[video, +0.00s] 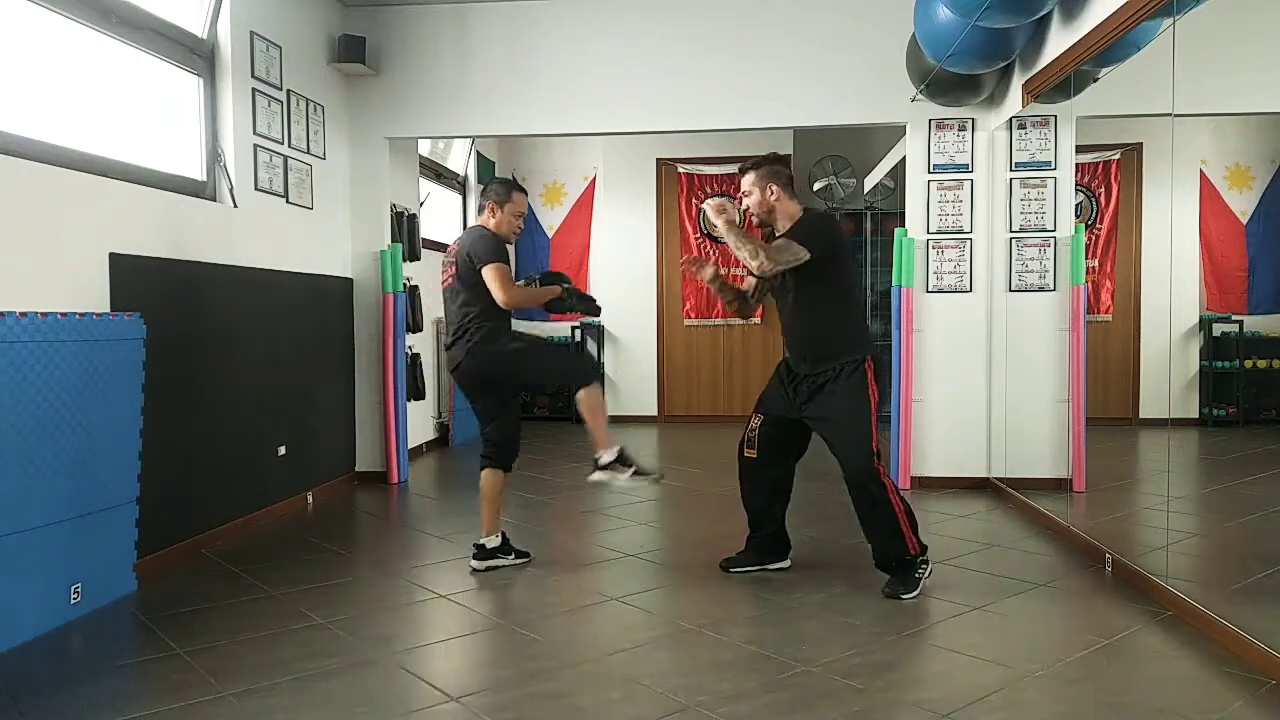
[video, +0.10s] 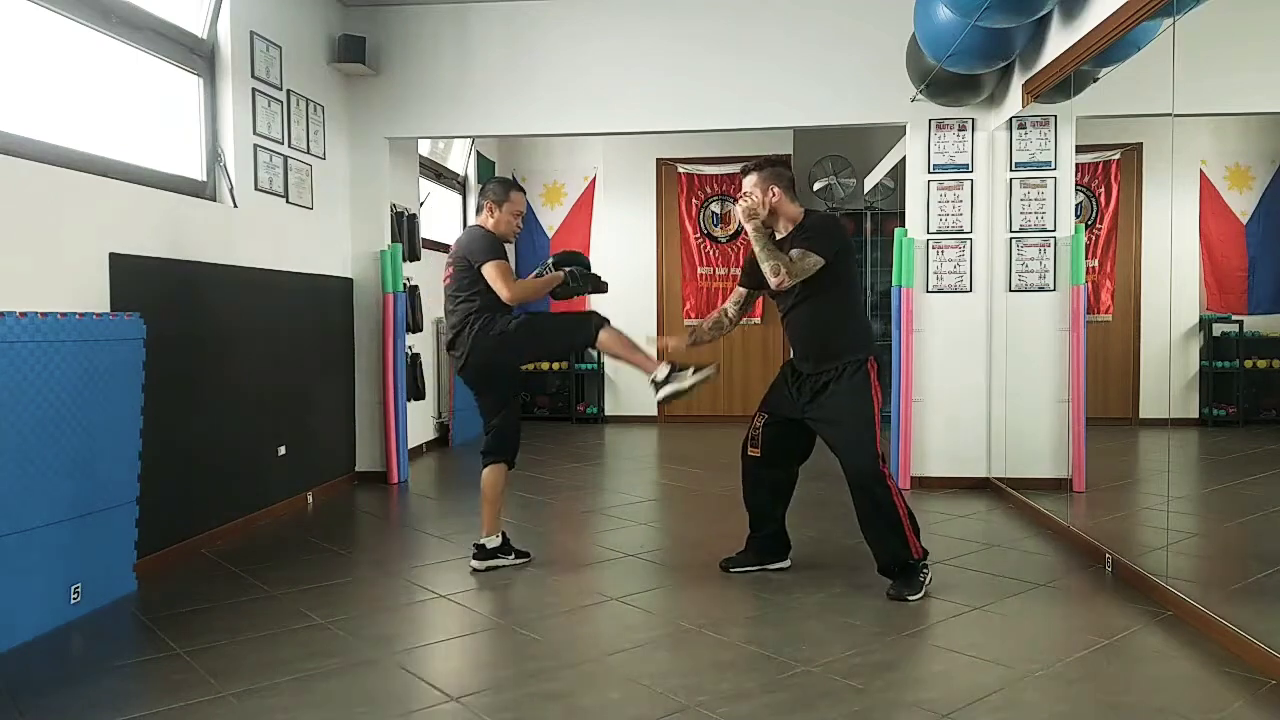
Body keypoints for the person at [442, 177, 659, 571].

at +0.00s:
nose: (521, 224)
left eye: (522, 217)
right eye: (517, 215)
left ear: (490, 212)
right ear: (491, 209)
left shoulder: (467, 242)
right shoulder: (484, 239)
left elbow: (495, 300)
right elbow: (507, 296)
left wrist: (535, 289)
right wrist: (554, 293)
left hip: (469, 360)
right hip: (490, 351)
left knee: (498, 445)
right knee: (582, 366)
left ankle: (490, 544)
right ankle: (607, 454)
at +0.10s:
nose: (520, 223)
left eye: (521, 216)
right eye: (515, 214)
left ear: (489, 213)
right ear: (489, 209)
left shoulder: (471, 243)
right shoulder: (480, 239)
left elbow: (502, 296)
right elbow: (511, 292)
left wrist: (540, 278)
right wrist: (553, 277)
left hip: (474, 357)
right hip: (493, 339)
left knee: (499, 444)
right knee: (590, 324)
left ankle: (490, 543)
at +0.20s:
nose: (517, 222)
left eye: (519, 216)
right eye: (512, 214)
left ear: (490, 213)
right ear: (487, 209)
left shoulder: (485, 247)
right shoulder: (473, 240)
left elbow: (506, 295)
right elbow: (493, 296)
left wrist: (546, 286)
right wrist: (543, 277)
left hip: (483, 351)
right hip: (498, 334)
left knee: (503, 442)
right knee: (598, 314)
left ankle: (490, 544)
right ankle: (659, 372)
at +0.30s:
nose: (516, 221)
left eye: (517, 214)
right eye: (510, 213)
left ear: (492, 211)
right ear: (485, 207)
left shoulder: (494, 248)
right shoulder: (469, 237)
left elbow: (498, 295)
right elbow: (459, 285)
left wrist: (535, 282)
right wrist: (510, 270)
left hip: (489, 354)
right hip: (507, 343)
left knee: (503, 443)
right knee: (607, 347)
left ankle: (490, 543)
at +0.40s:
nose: (517, 217)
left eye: (519, 211)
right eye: (513, 209)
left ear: (486, 207)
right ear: (489, 203)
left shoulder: (468, 237)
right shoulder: (478, 228)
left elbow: (498, 268)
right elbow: (475, 265)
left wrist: (525, 247)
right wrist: (514, 238)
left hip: (484, 352)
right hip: (512, 345)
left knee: (497, 445)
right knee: (591, 405)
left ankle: (490, 543)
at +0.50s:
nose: (525, 212)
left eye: (527, 205)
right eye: (521, 204)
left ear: (489, 199)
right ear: (497, 197)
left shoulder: (460, 232)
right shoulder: (498, 227)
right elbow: (529, 254)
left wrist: (550, 224)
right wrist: (555, 213)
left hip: (477, 350)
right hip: (512, 348)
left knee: (491, 445)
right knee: (543, 446)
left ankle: (488, 541)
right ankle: (530, 547)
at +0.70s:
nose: (532, 217)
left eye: (534, 210)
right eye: (528, 209)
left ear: (498, 207)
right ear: (503, 205)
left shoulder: (469, 239)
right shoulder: (504, 242)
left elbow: (503, 285)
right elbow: (540, 285)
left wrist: (535, 243)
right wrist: (562, 231)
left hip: (463, 362)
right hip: (496, 364)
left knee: (463, 445)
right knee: (531, 458)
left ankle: (427, 528)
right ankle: (521, 557)